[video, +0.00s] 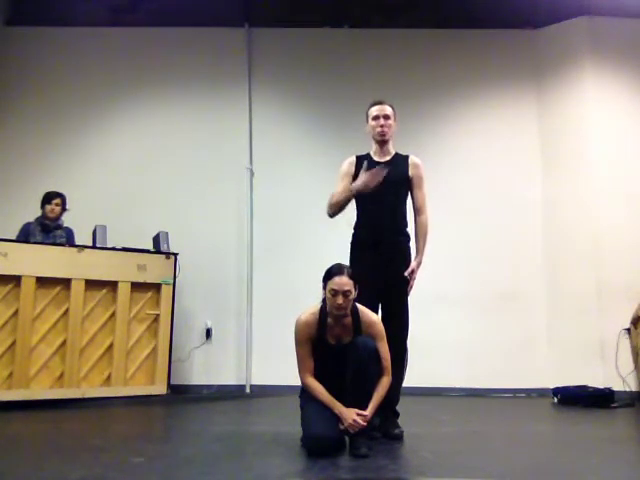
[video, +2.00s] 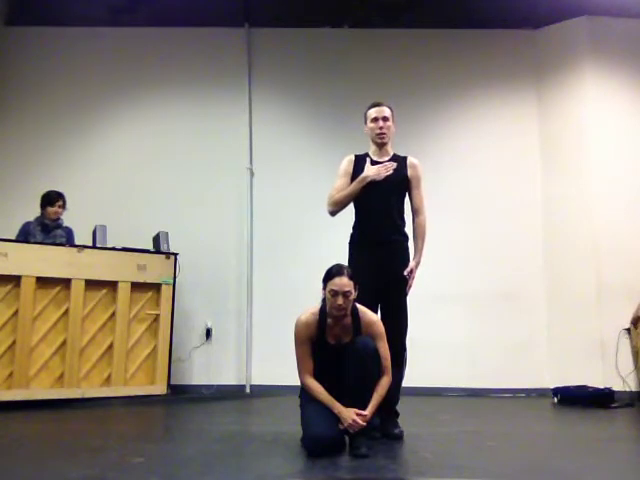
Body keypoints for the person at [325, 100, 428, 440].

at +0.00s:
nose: (382, 123)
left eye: (387, 118)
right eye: (376, 118)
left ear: (395, 124)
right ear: (367, 125)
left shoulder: (411, 166)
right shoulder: (354, 164)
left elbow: (421, 214)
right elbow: (332, 208)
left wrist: (418, 259)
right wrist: (357, 186)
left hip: (396, 258)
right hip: (363, 257)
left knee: (395, 338)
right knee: (359, 336)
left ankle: (388, 415)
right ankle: (358, 416)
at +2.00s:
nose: (381, 124)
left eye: (386, 119)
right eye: (375, 120)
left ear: (394, 125)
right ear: (366, 127)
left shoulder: (409, 166)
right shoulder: (353, 163)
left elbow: (419, 215)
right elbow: (332, 205)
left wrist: (416, 259)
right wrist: (365, 177)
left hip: (394, 257)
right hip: (362, 257)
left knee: (395, 337)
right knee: (358, 336)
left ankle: (388, 415)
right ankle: (359, 416)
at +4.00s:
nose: (380, 121)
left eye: (385, 117)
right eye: (375, 117)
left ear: (393, 124)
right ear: (365, 126)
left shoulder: (409, 165)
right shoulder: (352, 162)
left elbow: (418, 215)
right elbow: (331, 204)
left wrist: (415, 259)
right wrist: (364, 175)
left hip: (393, 257)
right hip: (361, 256)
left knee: (395, 337)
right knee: (358, 336)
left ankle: (388, 415)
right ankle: (359, 416)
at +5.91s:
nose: (381, 124)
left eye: (386, 119)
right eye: (375, 119)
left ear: (394, 125)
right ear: (365, 126)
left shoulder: (409, 166)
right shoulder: (352, 163)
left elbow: (418, 215)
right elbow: (333, 208)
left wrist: (415, 259)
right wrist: (360, 176)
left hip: (394, 257)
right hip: (361, 256)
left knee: (394, 337)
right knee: (358, 336)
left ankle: (388, 415)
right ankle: (358, 416)